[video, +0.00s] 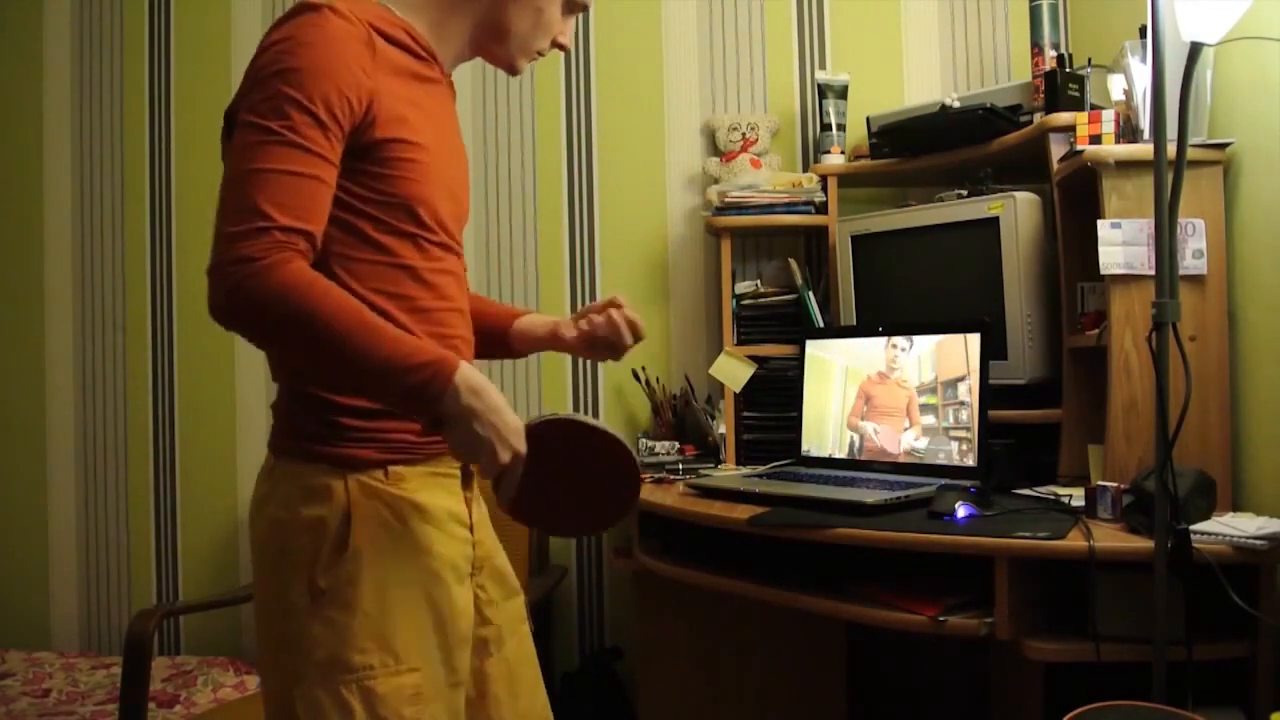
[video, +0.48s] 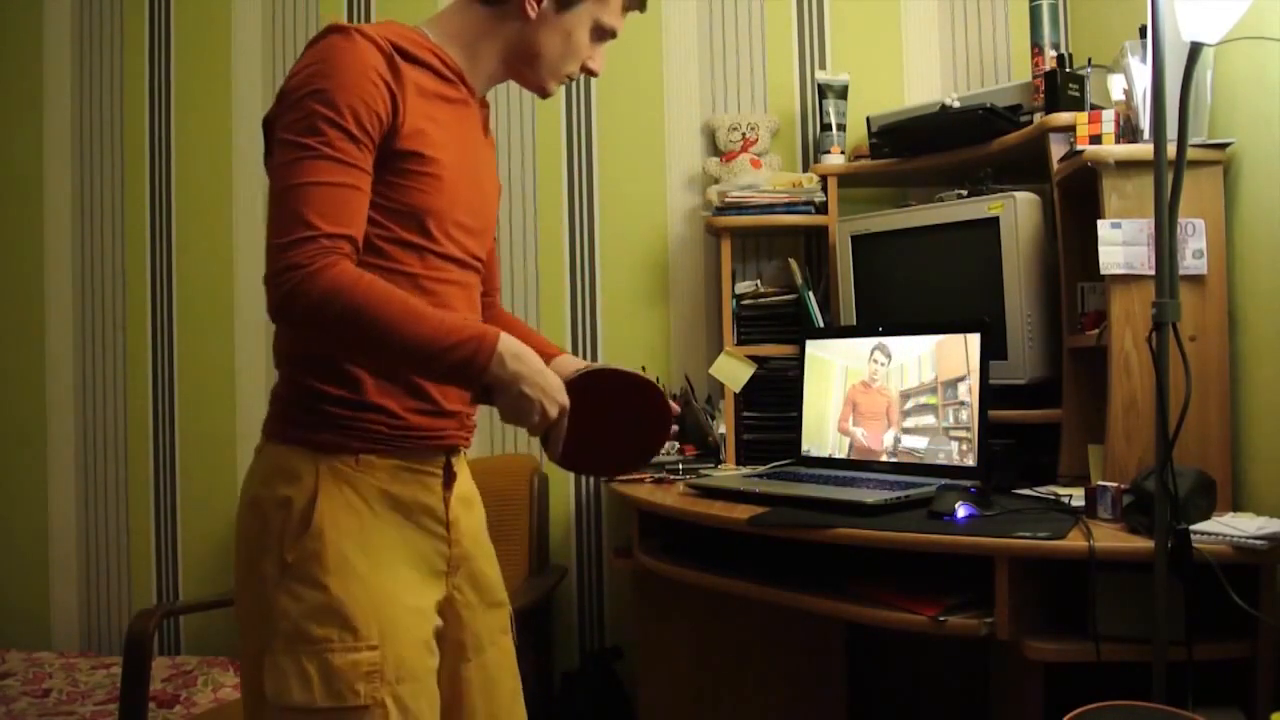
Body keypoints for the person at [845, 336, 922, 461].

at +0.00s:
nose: (896, 354)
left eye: (903, 350)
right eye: (893, 347)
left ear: (908, 355)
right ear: (885, 348)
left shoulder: (909, 389)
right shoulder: (869, 384)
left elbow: (917, 426)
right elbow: (852, 420)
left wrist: (907, 436)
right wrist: (864, 427)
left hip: (897, 456)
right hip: (871, 453)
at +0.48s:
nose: (877, 368)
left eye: (882, 364)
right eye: (875, 362)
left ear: (887, 368)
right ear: (868, 362)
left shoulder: (890, 394)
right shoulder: (854, 390)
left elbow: (894, 425)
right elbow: (842, 424)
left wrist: (890, 435)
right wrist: (853, 431)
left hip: (880, 454)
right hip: (858, 453)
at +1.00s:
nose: (882, 378)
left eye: (887, 375)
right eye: (880, 373)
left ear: (890, 378)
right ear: (875, 372)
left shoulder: (890, 402)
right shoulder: (862, 398)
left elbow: (896, 429)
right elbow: (851, 428)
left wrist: (890, 437)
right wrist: (866, 430)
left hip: (882, 454)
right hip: (863, 452)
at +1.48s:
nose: (884, 380)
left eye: (888, 378)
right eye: (882, 375)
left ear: (892, 381)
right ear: (877, 374)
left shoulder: (889, 402)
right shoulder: (863, 398)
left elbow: (893, 427)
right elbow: (852, 427)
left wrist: (889, 437)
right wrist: (873, 430)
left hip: (881, 454)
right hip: (863, 452)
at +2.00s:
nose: (880, 379)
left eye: (885, 377)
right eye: (878, 373)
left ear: (888, 380)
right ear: (873, 372)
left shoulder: (883, 405)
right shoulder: (857, 396)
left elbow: (884, 430)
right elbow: (842, 426)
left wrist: (889, 440)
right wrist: (861, 442)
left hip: (876, 457)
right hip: (857, 456)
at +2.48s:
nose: (883, 382)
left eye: (887, 380)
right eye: (881, 376)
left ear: (890, 383)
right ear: (876, 375)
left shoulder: (882, 404)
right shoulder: (860, 397)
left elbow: (881, 432)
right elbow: (843, 425)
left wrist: (887, 444)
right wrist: (863, 440)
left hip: (875, 457)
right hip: (857, 456)